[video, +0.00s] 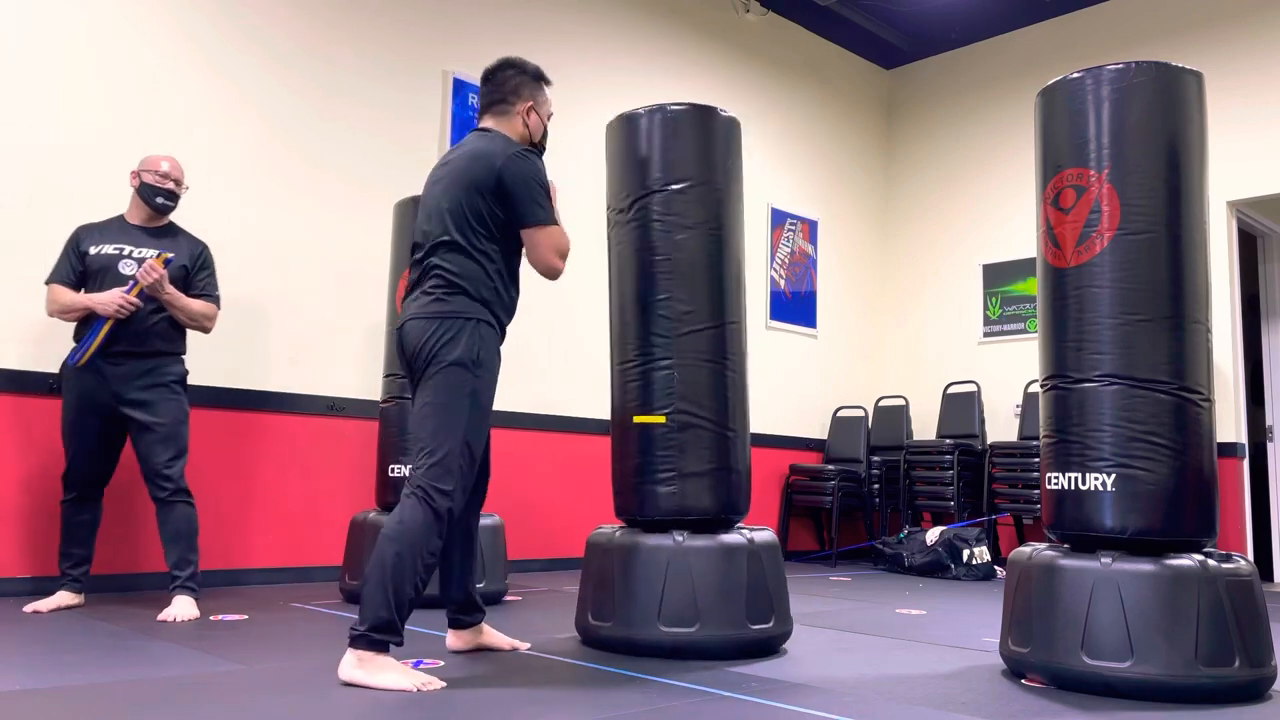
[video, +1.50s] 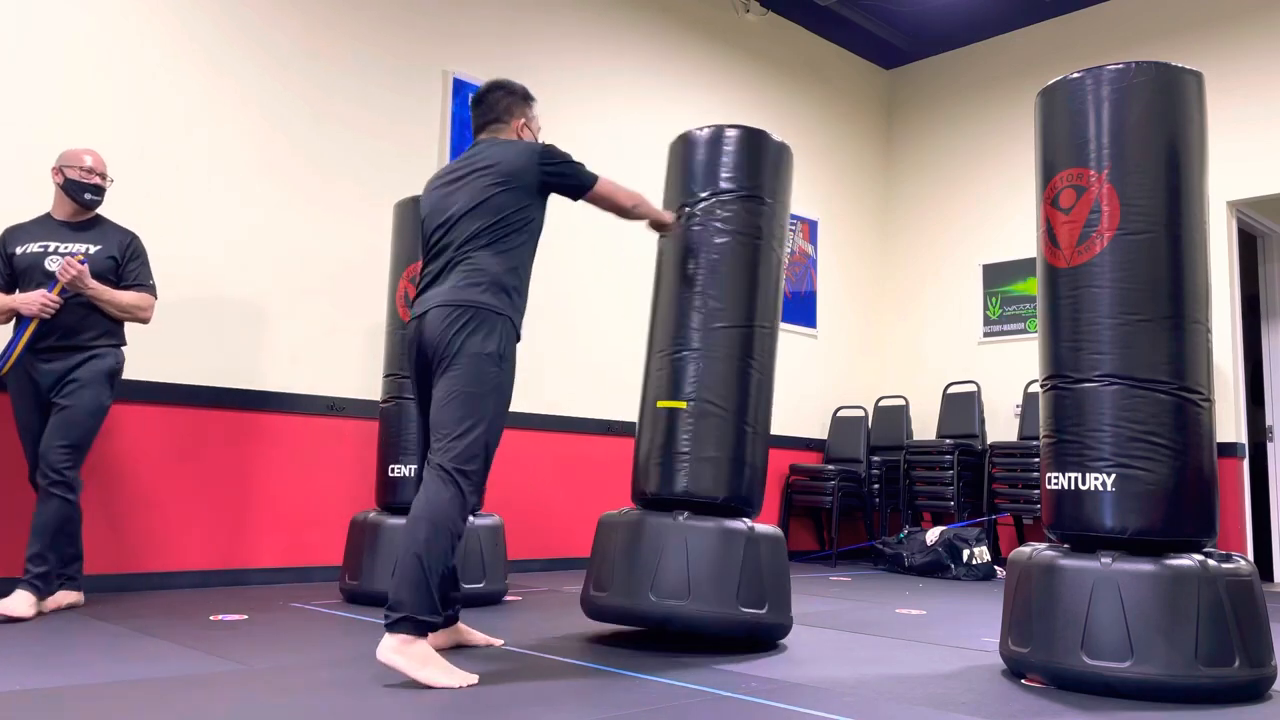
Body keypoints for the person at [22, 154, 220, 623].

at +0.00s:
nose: (168, 185)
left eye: (176, 182)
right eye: (159, 176)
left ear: (182, 194)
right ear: (133, 180)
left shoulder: (193, 250)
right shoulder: (88, 237)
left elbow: (207, 320)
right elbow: (56, 301)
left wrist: (166, 291)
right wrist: (93, 301)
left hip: (158, 382)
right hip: (91, 379)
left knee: (169, 483)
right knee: (80, 484)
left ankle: (184, 592)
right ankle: (71, 587)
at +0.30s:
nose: (130, 181)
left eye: (139, 177)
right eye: (121, 172)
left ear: (147, 189)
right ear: (98, 178)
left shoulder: (163, 246)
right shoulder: (56, 237)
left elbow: (181, 314)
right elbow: (25, 301)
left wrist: (135, 292)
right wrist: (65, 298)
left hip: (133, 381)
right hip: (67, 378)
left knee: (132, 481)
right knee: (68, 483)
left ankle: (135, 589)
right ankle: (71, 586)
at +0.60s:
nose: (121, 182)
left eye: (128, 178)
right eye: (111, 173)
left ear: (134, 189)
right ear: (85, 179)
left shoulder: (151, 245)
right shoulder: (44, 239)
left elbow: (172, 311)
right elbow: (15, 305)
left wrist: (126, 292)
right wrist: (51, 303)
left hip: (124, 381)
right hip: (58, 380)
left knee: (126, 481)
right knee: (63, 484)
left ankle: (130, 589)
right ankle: (70, 586)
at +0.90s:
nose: (112, 184)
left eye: (119, 178)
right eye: (102, 175)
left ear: (125, 189)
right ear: (75, 180)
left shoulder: (142, 245)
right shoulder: (34, 241)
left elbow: (164, 312)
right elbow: (5, 306)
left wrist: (118, 292)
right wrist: (44, 303)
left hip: (117, 380)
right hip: (51, 380)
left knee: (124, 479)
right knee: (58, 483)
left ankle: (130, 588)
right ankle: (70, 586)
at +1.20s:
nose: (104, 183)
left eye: (111, 178)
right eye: (94, 174)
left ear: (117, 189)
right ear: (66, 179)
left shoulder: (133, 244)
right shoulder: (25, 242)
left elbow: (155, 311)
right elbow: (3, 308)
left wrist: (107, 289)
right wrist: (33, 302)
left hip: (105, 374)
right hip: (41, 375)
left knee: (102, 474)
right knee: (53, 480)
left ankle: (101, 587)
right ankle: (68, 586)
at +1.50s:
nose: (96, 181)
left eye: (103, 176)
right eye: (86, 172)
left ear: (108, 186)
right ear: (56, 177)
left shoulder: (122, 241)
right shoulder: (15, 239)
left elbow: (143, 309)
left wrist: (90, 286)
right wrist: (17, 301)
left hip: (90, 366)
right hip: (28, 367)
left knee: (55, 463)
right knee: (45, 472)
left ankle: (32, 585)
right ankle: (68, 583)